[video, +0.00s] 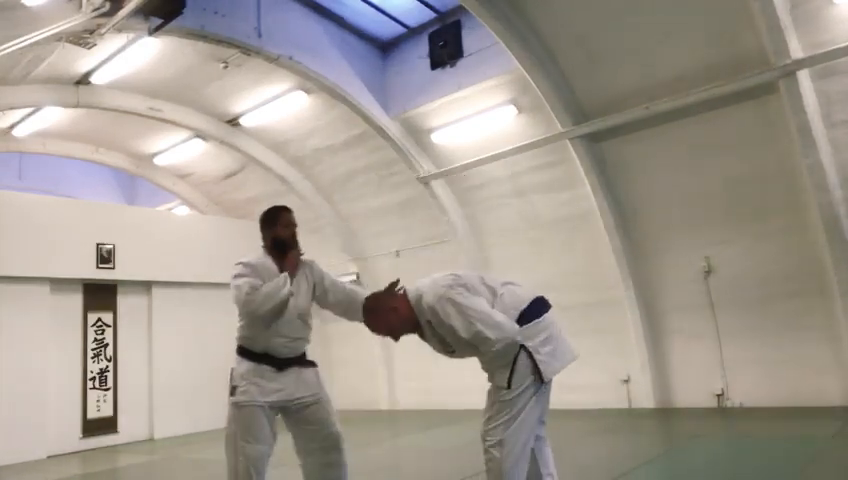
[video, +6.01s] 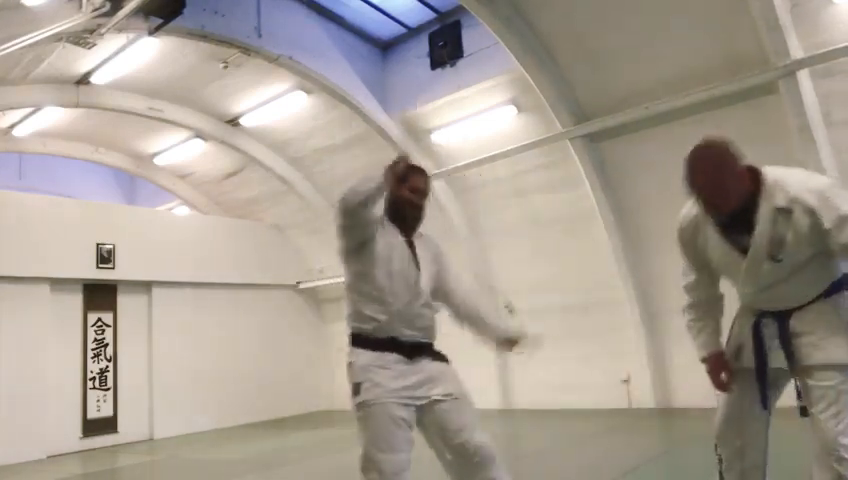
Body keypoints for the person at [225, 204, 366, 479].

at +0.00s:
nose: (294, 232)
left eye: (295, 226)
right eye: (287, 227)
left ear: (296, 231)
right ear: (269, 232)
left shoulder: (308, 271)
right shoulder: (249, 270)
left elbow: (341, 295)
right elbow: (252, 307)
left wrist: (377, 305)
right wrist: (286, 274)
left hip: (299, 373)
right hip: (254, 374)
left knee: (326, 443)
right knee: (249, 457)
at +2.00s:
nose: (372, 205)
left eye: (370, 198)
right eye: (365, 199)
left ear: (347, 205)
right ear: (346, 204)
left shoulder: (352, 238)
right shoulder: (353, 240)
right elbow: (378, 285)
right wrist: (409, 301)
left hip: (373, 348)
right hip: (366, 349)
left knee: (388, 438)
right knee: (377, 440)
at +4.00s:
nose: (388, 223)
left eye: (391, 216)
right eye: (386, 214)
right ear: (365, 205)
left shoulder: (381, 242)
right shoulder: (340, 235)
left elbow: (413, 270)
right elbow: (384, 261)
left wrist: (459, 283)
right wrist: (442, 265)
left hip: (344, 346)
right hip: (323, 343)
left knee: (334, 435)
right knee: (359, 420)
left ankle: (308, 474)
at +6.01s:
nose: (415, 200)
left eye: (422, 194)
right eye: (408, 190)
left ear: (427, 202)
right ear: (389, 192)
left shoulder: (428, 248)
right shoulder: (366, 236)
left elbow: (456, 299)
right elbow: (352, 206)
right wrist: (385, 181)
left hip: (427, 363)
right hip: (377, 363)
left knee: (474, 454)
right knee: (387, 468)